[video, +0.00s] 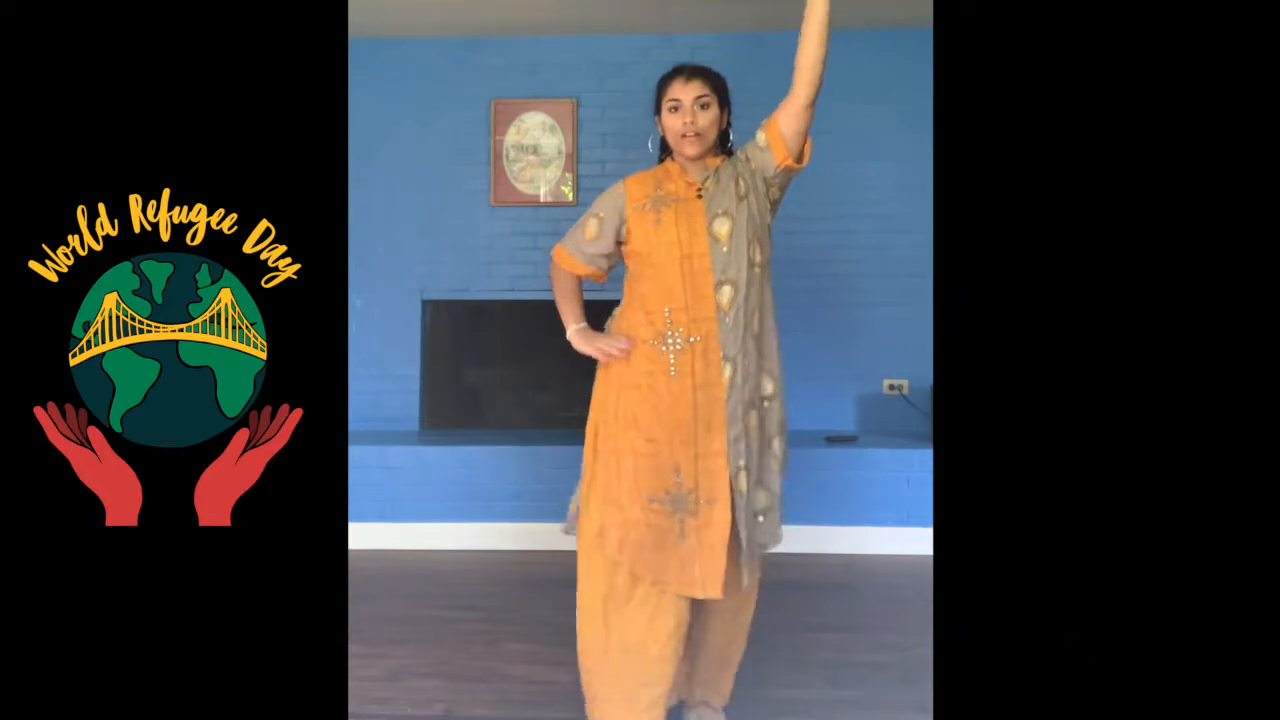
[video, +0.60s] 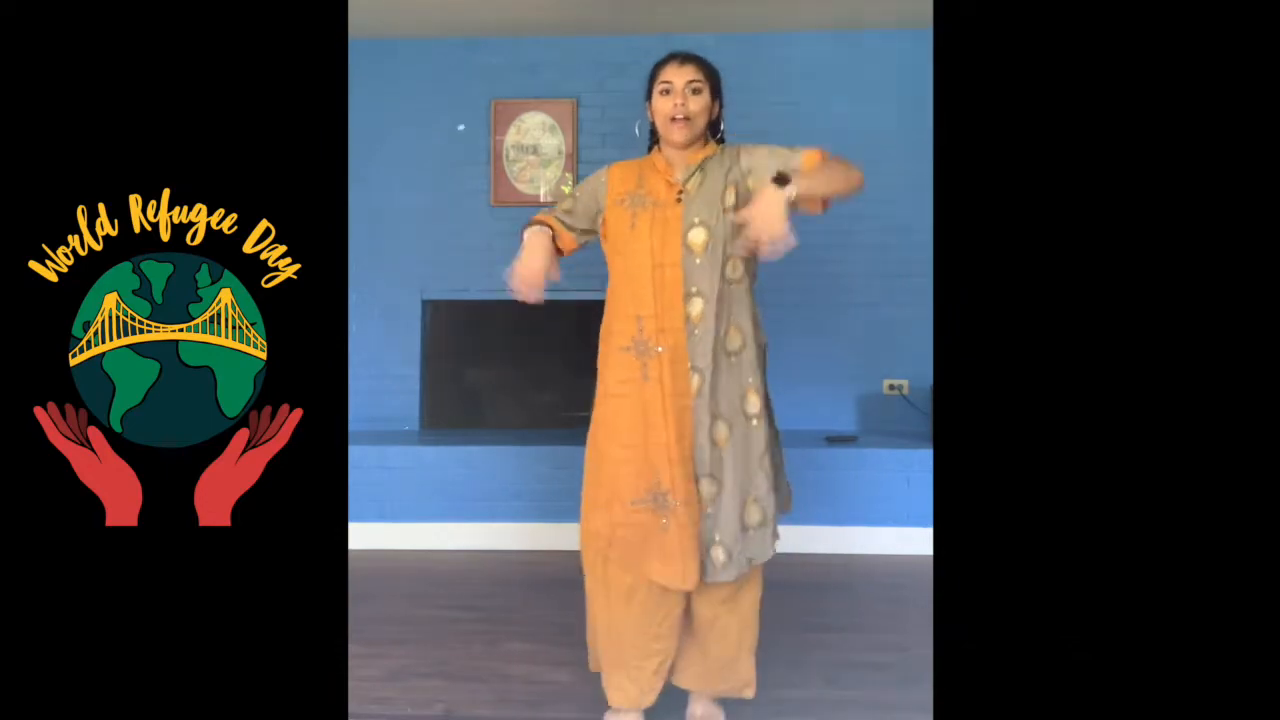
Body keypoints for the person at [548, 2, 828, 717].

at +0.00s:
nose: (689, 117)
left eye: (702, 105)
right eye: (675, 107)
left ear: (723, 117)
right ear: (660, 121)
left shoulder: (751, 179)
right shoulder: (634, 194)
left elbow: (803, 91)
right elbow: (566, 258)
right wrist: (579, 332)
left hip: (731, 391)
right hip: (643, 390)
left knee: (729, 551)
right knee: (634, 552)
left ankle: (704, 701)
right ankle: (630, 705)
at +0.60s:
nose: (679, 101)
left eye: (693, 90)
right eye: (666, 91)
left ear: (714, 106)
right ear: (649, 107)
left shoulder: (744, 167)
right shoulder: (618, 181)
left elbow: (847, 176)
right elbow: (555, 226)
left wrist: (784, 191)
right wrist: (538, 241)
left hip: (720, 383)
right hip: (634, 386)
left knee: (719, 536)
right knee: (630, 536)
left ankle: (704, 697)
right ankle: (627, 699)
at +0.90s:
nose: (695, 135)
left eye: (708, 122)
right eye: (682, 126)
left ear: (732, 132)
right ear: (667, 140)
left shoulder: (760, 219)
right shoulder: (634, 210)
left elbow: (761, 324)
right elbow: (595, 308)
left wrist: (727, 320)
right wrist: (615, 302)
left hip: (730, 406)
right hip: (644, 402)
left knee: (726, 538)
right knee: (637, 526)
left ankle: (705, 686)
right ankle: (637, 658)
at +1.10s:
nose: (696, 98)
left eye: (710, 87)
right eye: (683, 88)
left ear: (733, 101)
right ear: (666, 104)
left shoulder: (764, 172)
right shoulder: (637, 173)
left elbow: (760, 271)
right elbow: (617, 261)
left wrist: (731, 314)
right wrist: (611, 285)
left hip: (723, 370)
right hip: (641, 367)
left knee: (718, 517)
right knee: (650, 521)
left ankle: (712, 667)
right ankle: (667, 693)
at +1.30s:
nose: (694, 107)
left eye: (709, 96)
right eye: (681, 96)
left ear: (731, 110)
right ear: (664, 111)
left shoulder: (759, 179)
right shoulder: (633, 186)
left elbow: (757, 282)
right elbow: (621, 280)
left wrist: (754, 374)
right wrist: (608, 350)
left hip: (726, 398)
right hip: (642, 395)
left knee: (724, 551)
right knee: (641, 554)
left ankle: (710, 694)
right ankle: (646, 703)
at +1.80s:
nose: (694, 96)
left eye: (708, 86)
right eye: (681, 87)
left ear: (729, 103)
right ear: (663, 104)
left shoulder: (761, 167)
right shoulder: (634, 182)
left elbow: (795, 272)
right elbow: (604, 289)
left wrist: (791, 369)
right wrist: (586, 385)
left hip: (727, 381)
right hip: (636, 380)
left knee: (722, 535)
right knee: (630, 535)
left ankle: (709, 694)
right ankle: (626, 696)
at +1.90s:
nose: (695, 90)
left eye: (710, 83)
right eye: (683, 82)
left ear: (729, 105)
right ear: (664, 104)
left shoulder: (755, 165)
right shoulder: (633, 186)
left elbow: (812, 252)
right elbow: (603, 290)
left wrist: (780, 339)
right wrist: (589, 379)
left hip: (724, 377)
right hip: (636, 375)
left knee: (722, 527)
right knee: (629, 529)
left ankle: (712, 692)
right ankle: (623, 693)